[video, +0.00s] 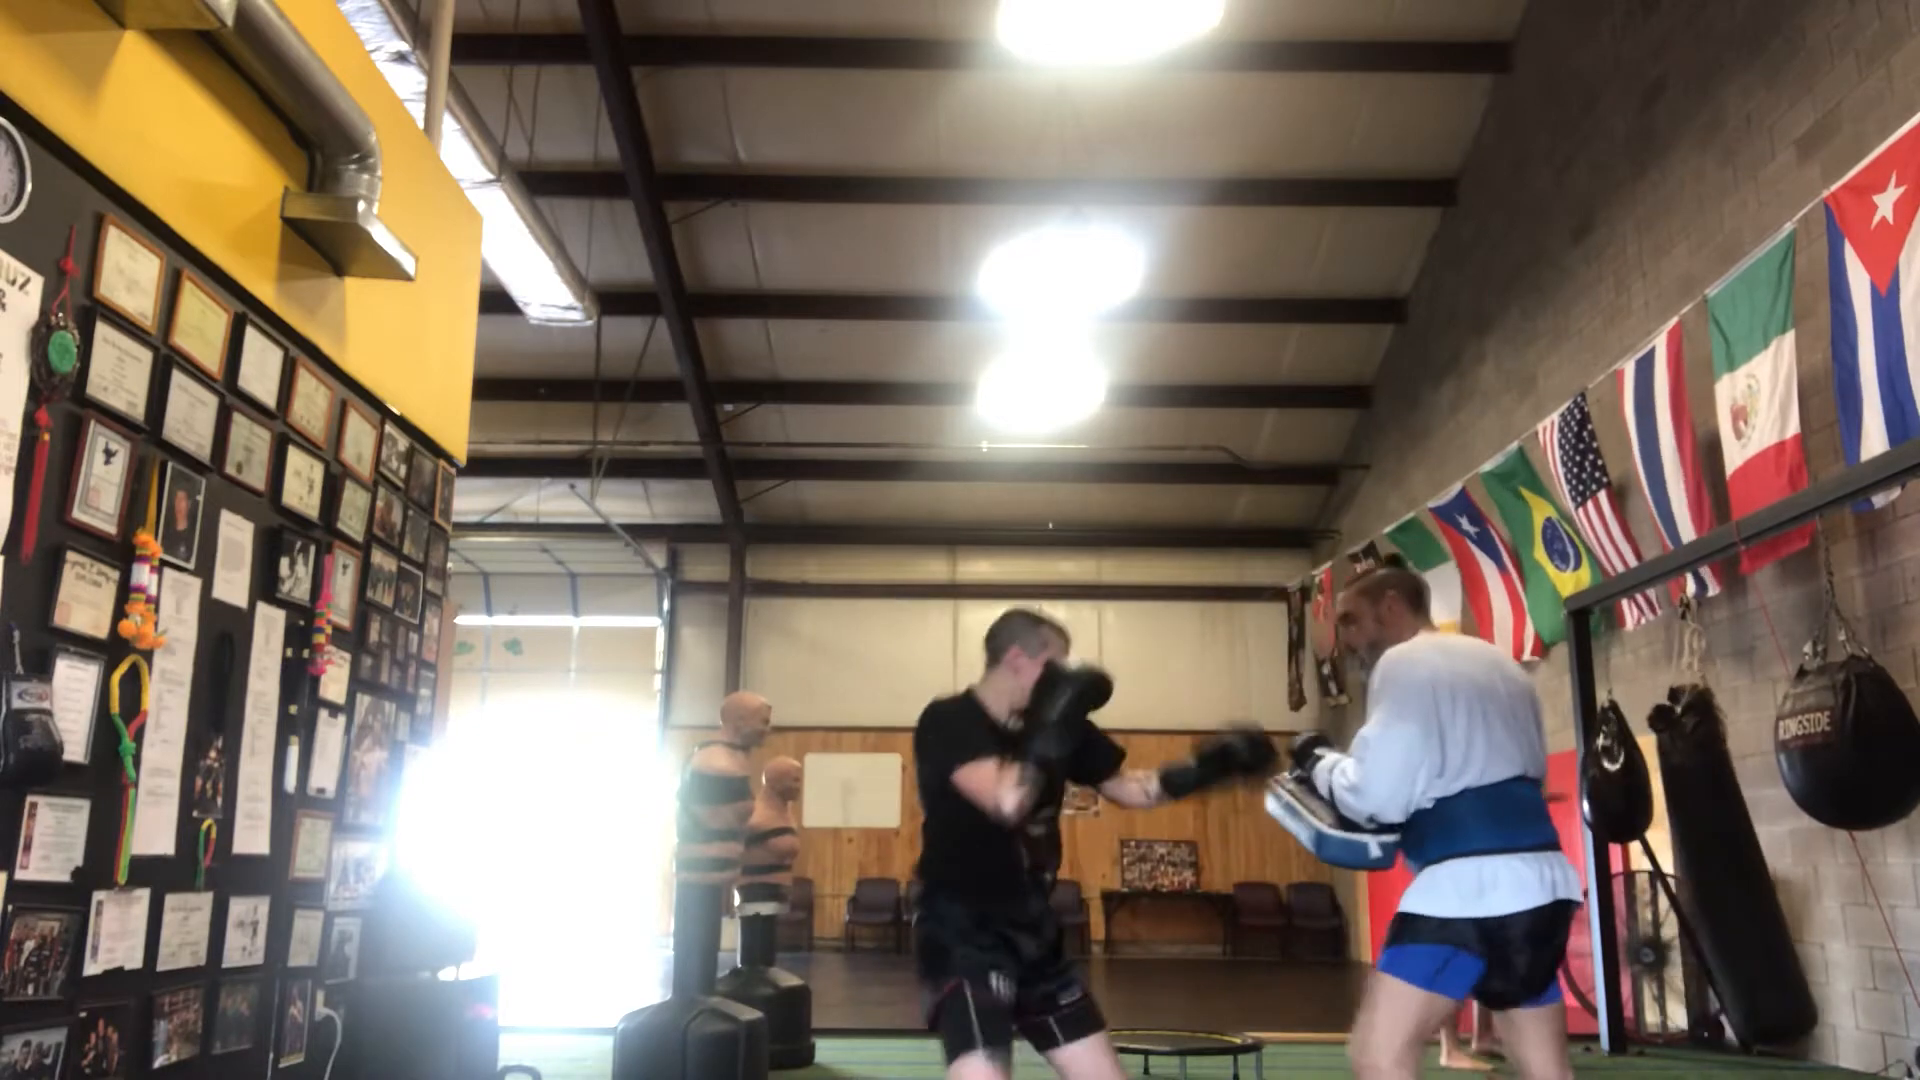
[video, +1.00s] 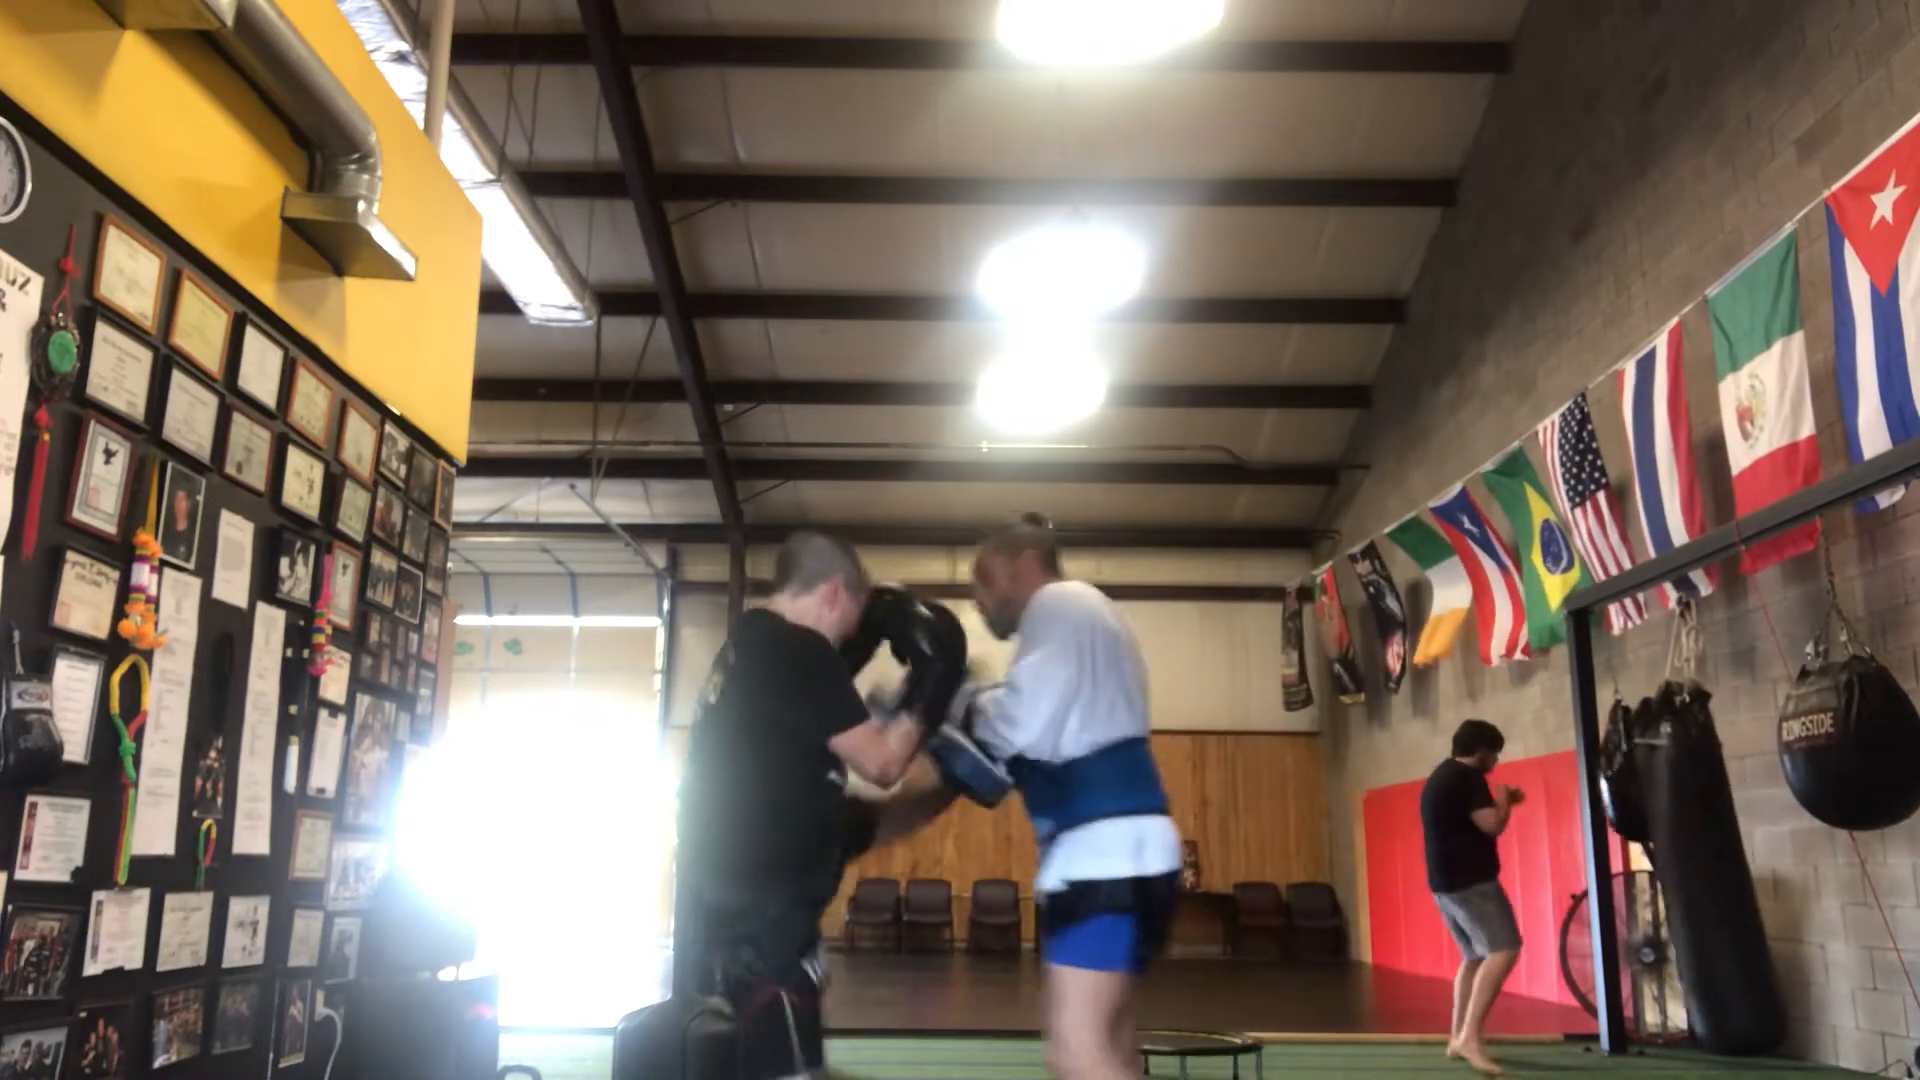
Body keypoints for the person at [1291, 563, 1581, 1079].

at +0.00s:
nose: (1349, 643)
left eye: (1351, 624)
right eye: (1345, 629)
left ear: (1390, 607)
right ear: (1408, 610)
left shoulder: (1404, 666)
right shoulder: (1503, 664)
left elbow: (1380, 797)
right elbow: (1530, 775)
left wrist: (1318, 759)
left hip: (1460, 897)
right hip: (1542, 892)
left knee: (1379, 1054)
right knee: (1546, 1066)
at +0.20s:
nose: (1296, 653)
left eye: (1301, 632)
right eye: (1293, 637)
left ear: (1341, 615)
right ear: (1346, 618)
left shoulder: (1361, 680)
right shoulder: (1447, 672)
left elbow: (1321, 801)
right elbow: (1485, 774)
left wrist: (1237, 760)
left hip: (1419, 913)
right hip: (1497, 903)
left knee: (1321, 1061)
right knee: (1508, 1069)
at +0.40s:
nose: (1219, 628)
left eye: (1225, 607)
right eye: (1216, 611)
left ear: (1267, 592)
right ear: (1274, 595)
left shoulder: (1286, 656)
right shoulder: (1369, 654)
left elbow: (1253, 791)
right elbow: (1326, 765)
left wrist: (1173, 754)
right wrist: (1228, 745)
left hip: (1331, 905)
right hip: (1396, 895)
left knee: (1286, 1068)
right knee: (1378, 1058)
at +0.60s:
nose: (1139, 628)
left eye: (1143, 607)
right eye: (1136, 611)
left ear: (1182, 590)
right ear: (1193, 591)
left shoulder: (1203, 652)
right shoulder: (1288, 649)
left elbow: (1177, 789)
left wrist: (1117, 745)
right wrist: (1144, 745)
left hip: (1272, 894)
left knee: (1276, 1065)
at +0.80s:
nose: (1058, 631)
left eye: (1062, 612)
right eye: (1055, 615)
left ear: (1102, 593)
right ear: (1114, 596)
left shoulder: (1120, 651)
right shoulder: (1194, 650)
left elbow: (1093, 779)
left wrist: (1031, 723)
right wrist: (1072, 720)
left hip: (1179, 893)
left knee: (1217, 1066)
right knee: (1132, 1062)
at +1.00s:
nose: (980, 601)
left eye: (983, 582)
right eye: (977, 587)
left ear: (1023, 564)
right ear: (1035, 567)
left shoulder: (1059, 605)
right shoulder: (1090, 610)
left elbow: (1021, 727)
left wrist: (964, 699)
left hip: (1103, 861)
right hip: (1136, 857)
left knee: (1077, 1051)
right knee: (1111, 1043)